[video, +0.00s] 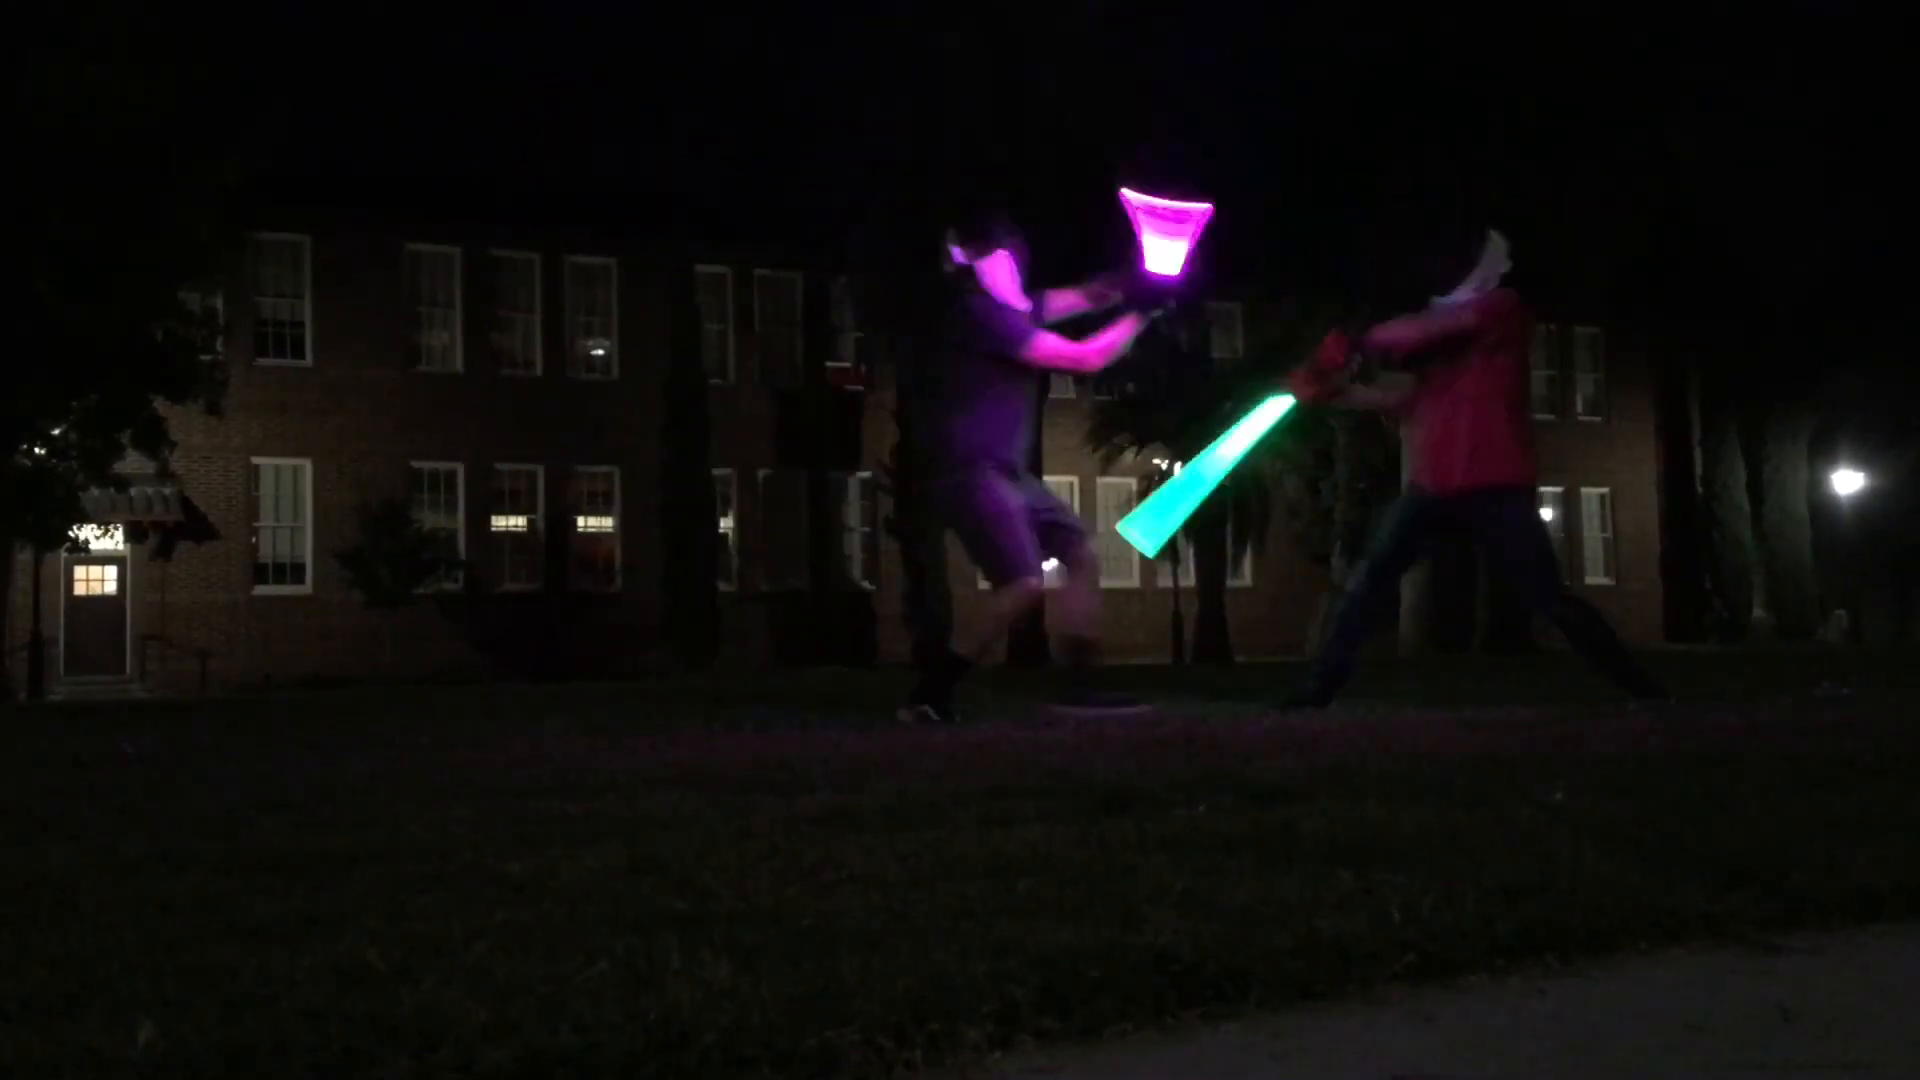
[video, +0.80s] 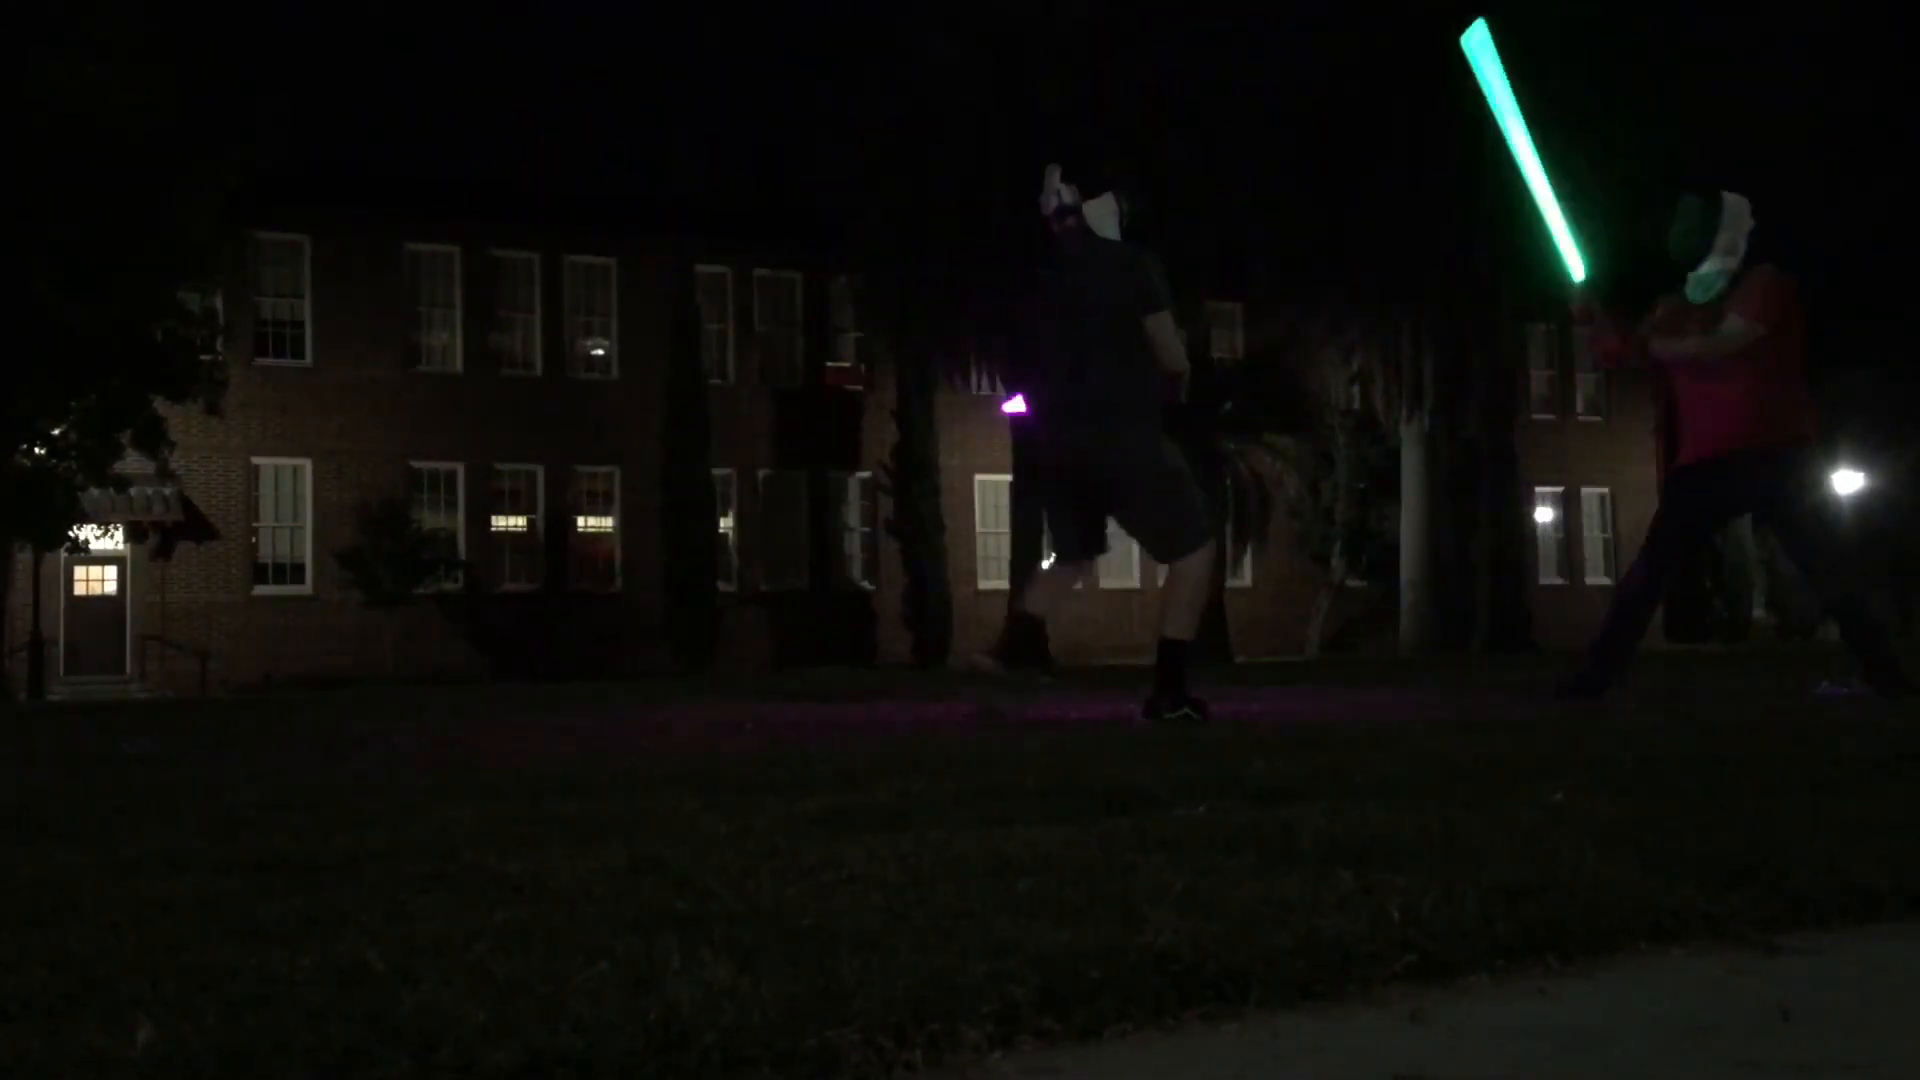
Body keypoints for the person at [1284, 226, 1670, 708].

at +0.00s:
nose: (1449, 282)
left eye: (1460, 271)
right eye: (1450, 273)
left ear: (1485, 274)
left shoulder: (1502, 310)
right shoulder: (1441, 330)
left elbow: (1431, 331)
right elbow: (1406, 398)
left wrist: (1367, 343)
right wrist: (1338, 392)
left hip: (1495, 482)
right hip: (1436, 485)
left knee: (1548, 598)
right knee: (1373, 584)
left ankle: (1640, 688)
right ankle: (1317, 690)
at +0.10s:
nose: (1491, 275)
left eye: (1502, 266)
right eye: (1486, 267)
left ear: (1527, 262)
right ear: (1484, 271)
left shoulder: (1554, 301)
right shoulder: (1474, 325)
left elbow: (1499, 277)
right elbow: (1444, 359)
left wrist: (1430, 280)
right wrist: (1398, 341)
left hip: (1550, 466)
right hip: (1484, 471)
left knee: (1587, 586)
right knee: (1431, 580)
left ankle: (1644, 687)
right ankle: (1361, 678)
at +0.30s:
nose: (1564, 226)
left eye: (1573, 217)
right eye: (1553, 220)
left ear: (1580, 222)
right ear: (1540, 229)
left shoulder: (1602, 254)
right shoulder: (1522, 280)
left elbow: (1579, 184)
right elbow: (1494, 245)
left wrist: (1516, 154)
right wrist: (1474, 181)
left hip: (1614, 412)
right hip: (1548, 419)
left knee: (1642, 551)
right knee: (1542, 555)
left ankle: (1650, 674)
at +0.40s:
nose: (1596, 222)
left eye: (1600, 210)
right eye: (1584, 214)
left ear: (1607, 215)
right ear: (1566, 223)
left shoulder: (1633, 252)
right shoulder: (1543, 272)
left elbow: (1616, 181)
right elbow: (1500, 215)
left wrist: (1566, 131)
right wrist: (1497, 149)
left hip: (1644, 421)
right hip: (1576, 427)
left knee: (1690, 526)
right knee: (1572, 560)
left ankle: (1695, 653)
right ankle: (1573, 679)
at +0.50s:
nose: (1624, 228)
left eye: (1635, 217)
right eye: (1620, 218)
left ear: (1651, 227)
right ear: (1605, 226)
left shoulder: (1666, 269)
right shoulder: (1577, 282)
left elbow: (1628, 209)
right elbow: (1519, 240)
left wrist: (1575, 160)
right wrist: (1524, 172)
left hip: (1673, 438)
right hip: (1604, 443)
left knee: (1747, 549)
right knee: (1578, 563)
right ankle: (1571, 680)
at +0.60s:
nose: (1626, 266)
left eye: (1638, 254)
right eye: (1624, 257)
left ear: (1667, 244)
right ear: (1632, 250)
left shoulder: (1702, 286)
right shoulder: (1618, 300)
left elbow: (1642, 269)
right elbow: (1544, 289)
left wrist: (1584, 231)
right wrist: (1548, 223)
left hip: (1713, 455)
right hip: (1646, 462)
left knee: (1789, 571)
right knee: (1607, 578)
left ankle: (1882, 670)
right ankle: (1573, 689)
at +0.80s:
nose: (1682, 239)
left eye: (1696, 228)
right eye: (1682, 228)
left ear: (1727, 234)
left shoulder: (1762, 286)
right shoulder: (1681, 305)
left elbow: (1726, 346)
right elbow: (1635, 353)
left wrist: (1653, 347)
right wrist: (1599, 328)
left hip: (1769, 457)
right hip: (1700, 464)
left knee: (1828, 572)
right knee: (1649, 575)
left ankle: (1887, 676)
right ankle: (1595, 678)